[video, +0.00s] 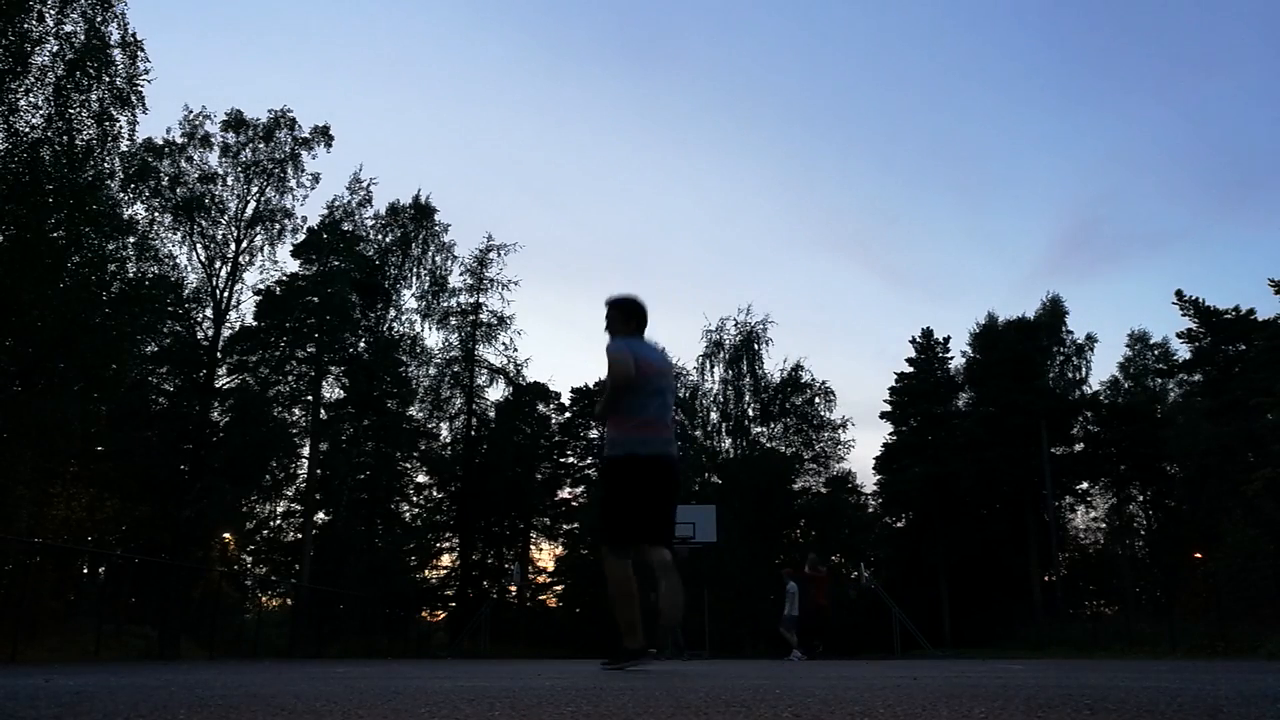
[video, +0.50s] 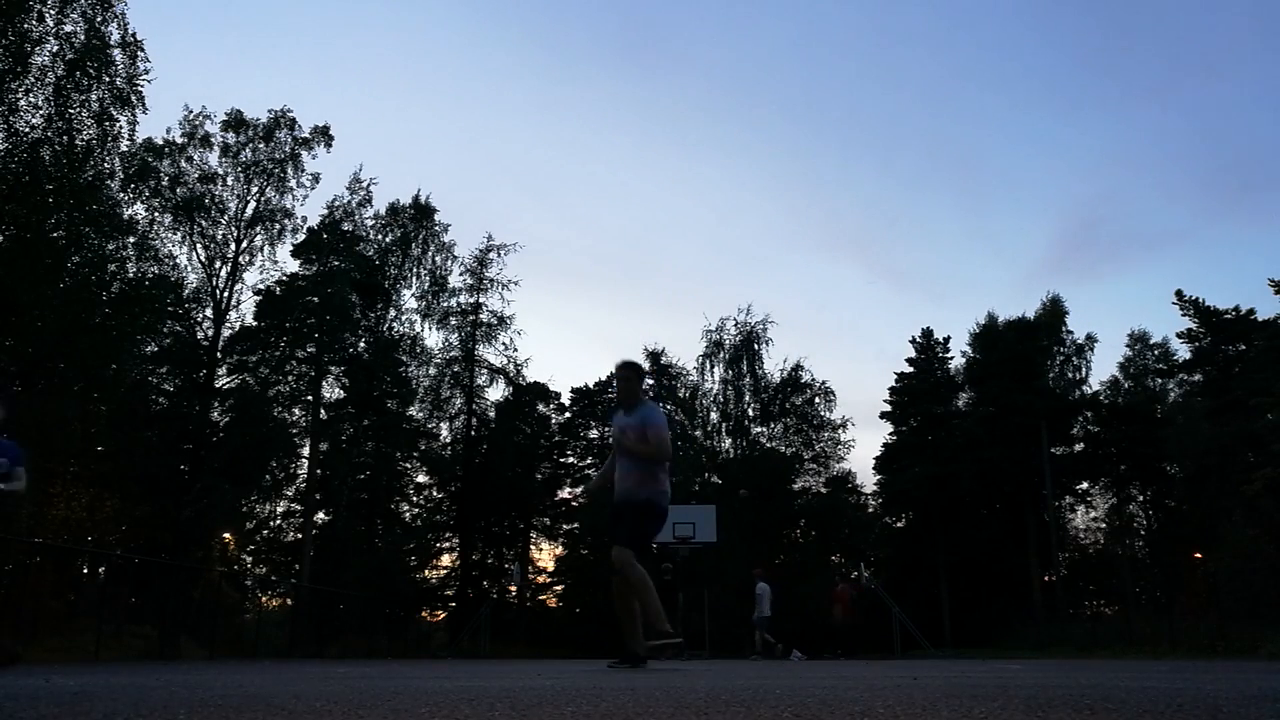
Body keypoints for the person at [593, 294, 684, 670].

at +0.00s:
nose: (606, 325)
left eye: (609, 319)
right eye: (607, 318)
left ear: (620, 320)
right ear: (641, 321)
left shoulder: (618, 346)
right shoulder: (659, 356)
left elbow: (622, 377)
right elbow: (664, 406)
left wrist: (601, 409)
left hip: (626, 465)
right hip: (662, 466)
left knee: (616, 550)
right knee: (657, 548)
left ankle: (632, 645)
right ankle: (672, 639)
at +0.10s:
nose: (603, 351)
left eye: (607, 344)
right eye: (604, 344)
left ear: (621, 346)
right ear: (636, 347)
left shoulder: (620, 379)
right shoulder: (655, 383)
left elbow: (616, 425)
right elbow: (661, 432)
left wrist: (592, 448)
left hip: (625, 485)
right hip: (655, 486)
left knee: (613, 568)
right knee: (636, 563)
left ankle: (637, 651)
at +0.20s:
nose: (604, 355)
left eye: (608, 349)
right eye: (604, 349)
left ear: (623, 351)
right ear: (634, 352)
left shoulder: (622, 380)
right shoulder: (649, 384)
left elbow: (618, 424)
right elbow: (672, 420)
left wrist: (598, 423)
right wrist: (638, 426)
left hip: (630, 482)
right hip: (653, 483)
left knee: (615, 560)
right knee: (630, 554)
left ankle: (637, 648)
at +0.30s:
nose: (606, 351)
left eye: (611, 346)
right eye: (607, 346)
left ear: (626, 347)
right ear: (632, 348)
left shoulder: (630, 376)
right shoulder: (640, 378)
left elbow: (623, 412)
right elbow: (664, 406)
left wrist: (607, 403)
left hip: (638, 475)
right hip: (646, 473)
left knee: (622, 548)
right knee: (632, 550)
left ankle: (635, 633)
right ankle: (647, 632)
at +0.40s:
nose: (611, 363)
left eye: (615, 357)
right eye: (610, 358)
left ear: (629, 358)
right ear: (623, 358)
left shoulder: (641, 389)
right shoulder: (627, 393)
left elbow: (646, 429)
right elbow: (634, 436)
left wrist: (617, 417)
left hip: (643, 481)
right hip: (632, 480)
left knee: (622, 544)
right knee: (625, 549)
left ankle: (645, 624)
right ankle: (633, 631)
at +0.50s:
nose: (620, 386)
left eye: (626, 380)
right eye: (618, 380)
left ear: (640, 384)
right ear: (616, 383)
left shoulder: (653, 413)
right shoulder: (620, 418)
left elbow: (663, 452)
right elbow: (617, 457)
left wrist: (627, 446)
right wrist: (596, 484)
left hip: (649, 499)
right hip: (625, 499)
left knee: (624, 557)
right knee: (623, 567)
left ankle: (662, 628)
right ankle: (635, 650)